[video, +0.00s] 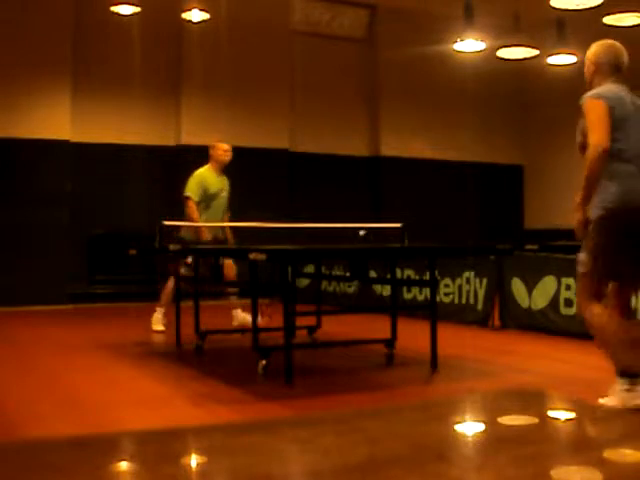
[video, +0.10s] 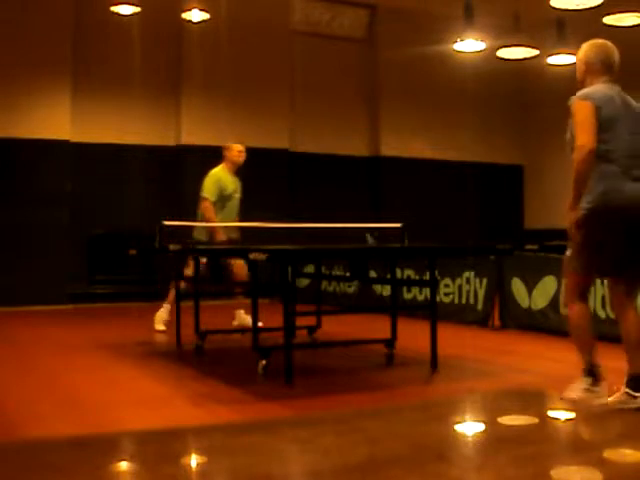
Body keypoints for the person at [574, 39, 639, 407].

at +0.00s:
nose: (584, 70)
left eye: (586, 65)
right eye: (586, 65)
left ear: (593, 67)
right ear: (620, 68)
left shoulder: (597, 98)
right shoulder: (632, 99)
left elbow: (600, 146)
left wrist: (582, 200)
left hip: (613, 209)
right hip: (635, 208)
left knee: (589, 297)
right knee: (620, 297)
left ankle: (630, 378)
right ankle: (628, 381)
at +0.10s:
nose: (575, 70)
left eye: (577, 64)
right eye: (577, 64)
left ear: (586, 67)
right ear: (612, 68)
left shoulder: (584, 99)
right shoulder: (630, 103)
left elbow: (586, 148)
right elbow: (631, 156)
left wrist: (574, 203)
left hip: (600, 209)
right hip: (633, 209)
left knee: (574, 294)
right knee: (624, 297)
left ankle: (591, 376)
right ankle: (634, 383)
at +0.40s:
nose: (540, 87)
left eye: (541, 81)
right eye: (541, 81)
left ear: (549, 82)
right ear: (573, 81)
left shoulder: (542, 116)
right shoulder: (605, 115)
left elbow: (535, 168)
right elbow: (627, 168)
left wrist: (529, 220)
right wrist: (622, 209)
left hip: (565, 214)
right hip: (607, 214)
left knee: (547, 293)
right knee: (611, 293)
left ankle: (543, 373)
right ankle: (632, 380)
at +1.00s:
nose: (519, 85)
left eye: (519, 80)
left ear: (523, 82)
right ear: (551, 79)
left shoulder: (508, 115)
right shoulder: (576, 109)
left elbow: (491, 165)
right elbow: (602, 153)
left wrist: (492, 211)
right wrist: (610, 199)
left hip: (533, 206)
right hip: (575, 205)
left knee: (537, 289)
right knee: (581, 285)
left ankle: (542, 373)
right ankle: (576, 372)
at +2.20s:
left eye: (526, 78)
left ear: (528, 79)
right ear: (559, 76)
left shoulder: (518, 109)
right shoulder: (588, 111)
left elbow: (499, 160)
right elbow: (609, 165)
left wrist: (493, 207)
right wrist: (617, 213)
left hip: (529, 215)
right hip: (573, 215)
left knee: (507, 288)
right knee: (578, 295)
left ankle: (490, 368)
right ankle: (573, 381)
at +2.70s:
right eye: (500, 74)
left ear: (473, 82)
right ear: (503, 76)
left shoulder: (460, 112)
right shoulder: (533, 108)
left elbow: (442, 163)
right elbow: (553, 159)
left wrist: (450, 208)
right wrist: (566, 209)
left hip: (475, 213)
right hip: (521, 213)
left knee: (473, 294)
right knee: (544, 292)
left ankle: (474, 378)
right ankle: (559, 376)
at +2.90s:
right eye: (489, 72)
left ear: (462, 80)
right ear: (491, 75)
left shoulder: (448, 111)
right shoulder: (518, 106)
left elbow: (429, 161)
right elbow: (540, 155)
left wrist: (439, 208)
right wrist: (550, 208)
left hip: (464, 210)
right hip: (507, 208)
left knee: (466, 291)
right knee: (527, 285)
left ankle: (473, 376)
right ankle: (507, 366)